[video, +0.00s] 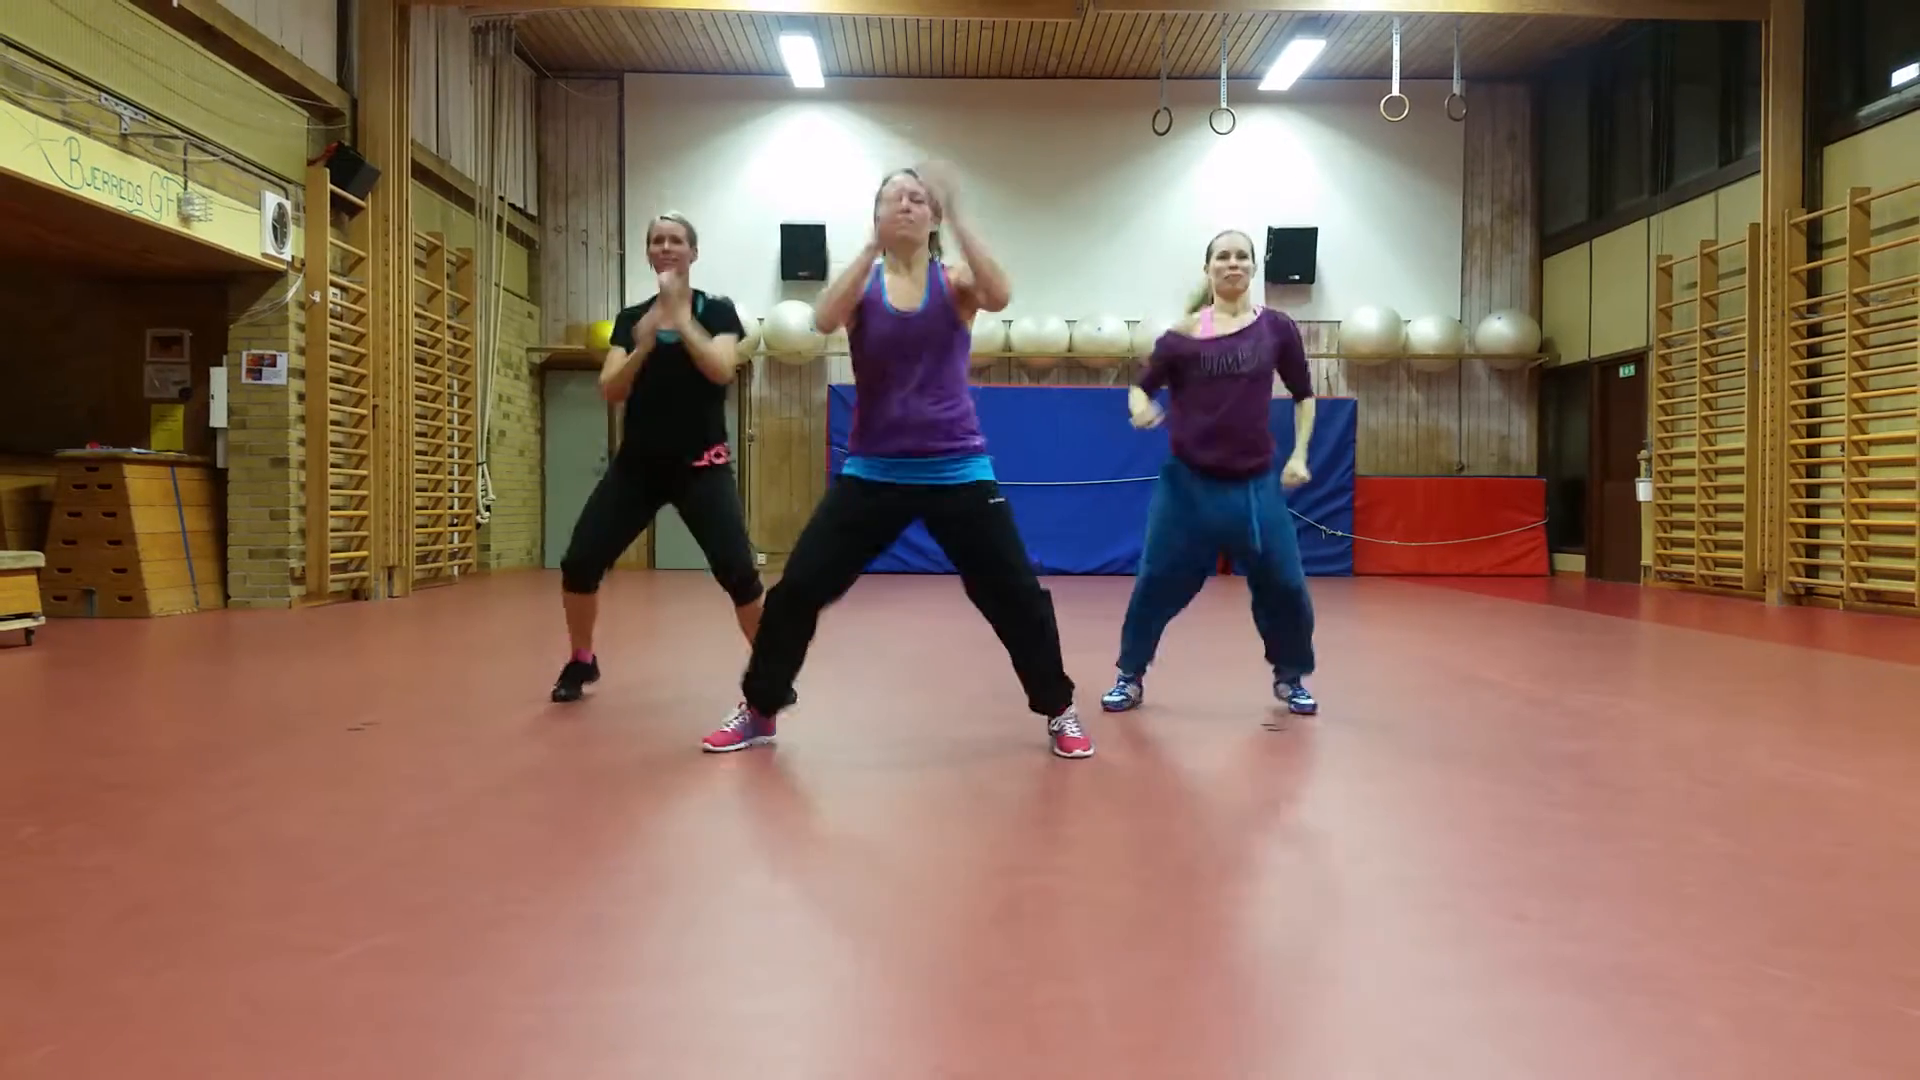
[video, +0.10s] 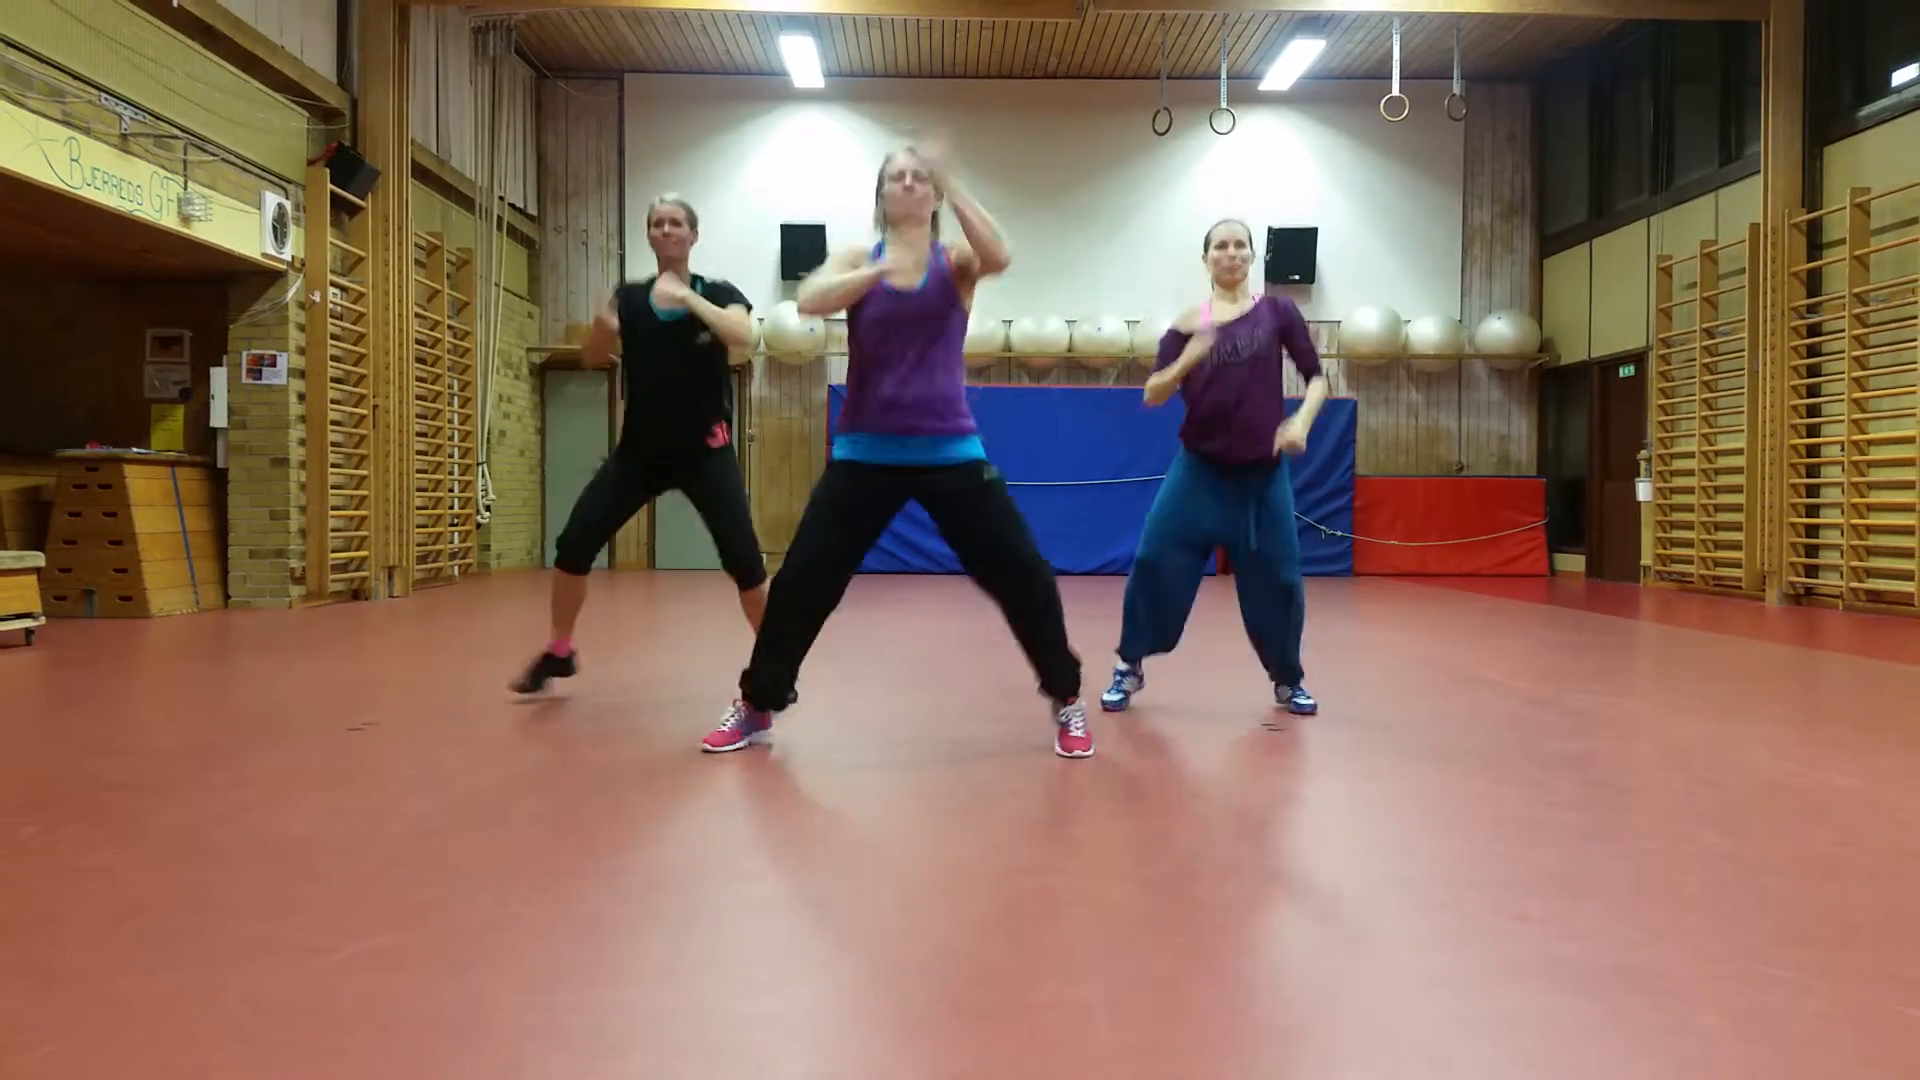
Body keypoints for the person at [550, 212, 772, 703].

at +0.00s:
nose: (665, 250)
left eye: (675, 242)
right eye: (657, 242)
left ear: (694, 252)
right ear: (647, 253)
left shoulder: (717, 311)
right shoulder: (632, 318)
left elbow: (722, 370)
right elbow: (610, 390)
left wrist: (683, 322)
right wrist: (643, 345)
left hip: (702, 467)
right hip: (638, 465)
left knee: (739, 574)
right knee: (579, 565)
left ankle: (771, 673)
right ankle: (581, 660)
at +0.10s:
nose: (665, 231)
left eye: (675, 223)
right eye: (657, 224)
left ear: (694, 235)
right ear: (647, 236)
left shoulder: (720, 294)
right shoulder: (627, 295)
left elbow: (744, 337)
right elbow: (594, 361)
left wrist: (689, 297)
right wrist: (603, 328)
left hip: (706, 452)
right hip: (640, 452)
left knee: (745, 560)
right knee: (573, 544)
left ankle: (776, 665)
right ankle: (559, 651)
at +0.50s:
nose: (656, 227)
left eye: (666, 220)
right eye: (648, 219)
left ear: (682, 232)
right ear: (636, 231)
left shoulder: (703, 287)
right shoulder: (618, 291)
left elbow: (744, 301)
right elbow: (558, 307)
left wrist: (681, 290)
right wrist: (617, 292)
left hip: (698, 452)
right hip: (633, 451)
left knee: (740, 562)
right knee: (568, 544)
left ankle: (767, 670)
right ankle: (556, 653)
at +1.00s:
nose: (662, 217)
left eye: (672, 209)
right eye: (653, 210)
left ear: (687, 222)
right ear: (641, 222)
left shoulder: (709, 281)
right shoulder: (620, 278)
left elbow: (758, 306)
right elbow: (559, 287)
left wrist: (700, 303)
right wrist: (620, 258)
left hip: (697, 435)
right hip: (630, 435)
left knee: (750, 536)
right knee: (588, 546)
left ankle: (777, 651)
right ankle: (569, 661)